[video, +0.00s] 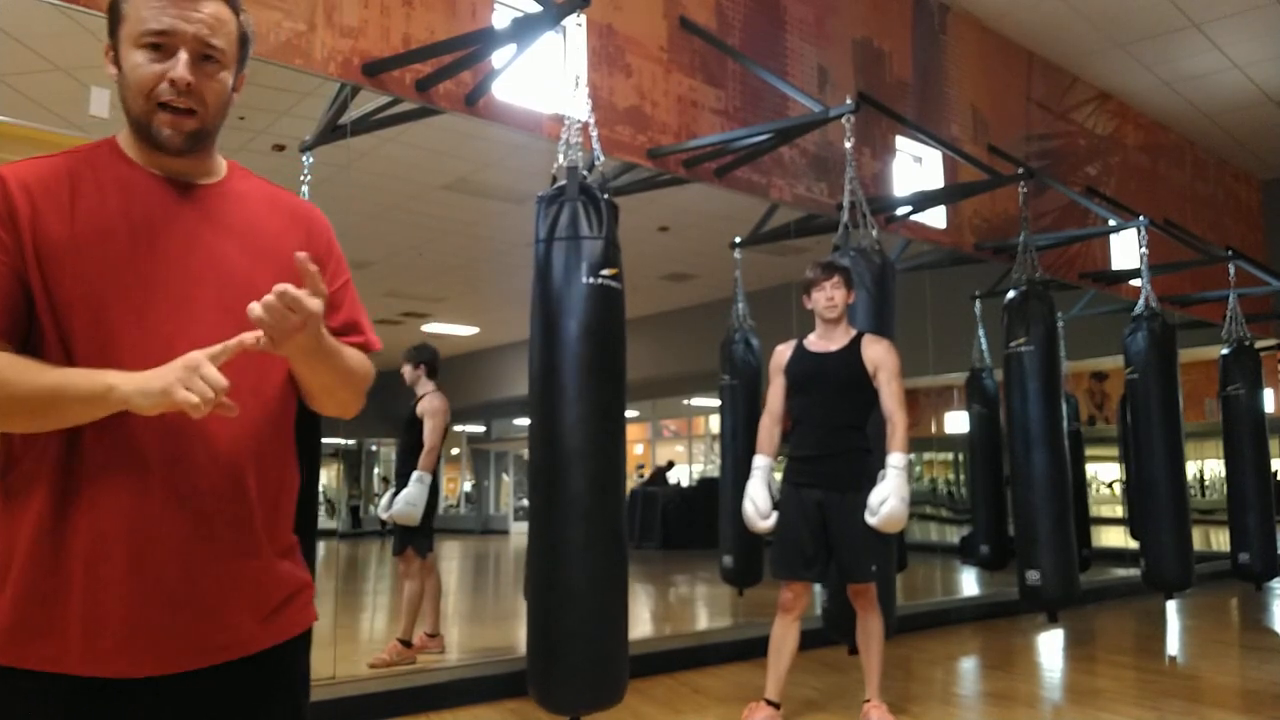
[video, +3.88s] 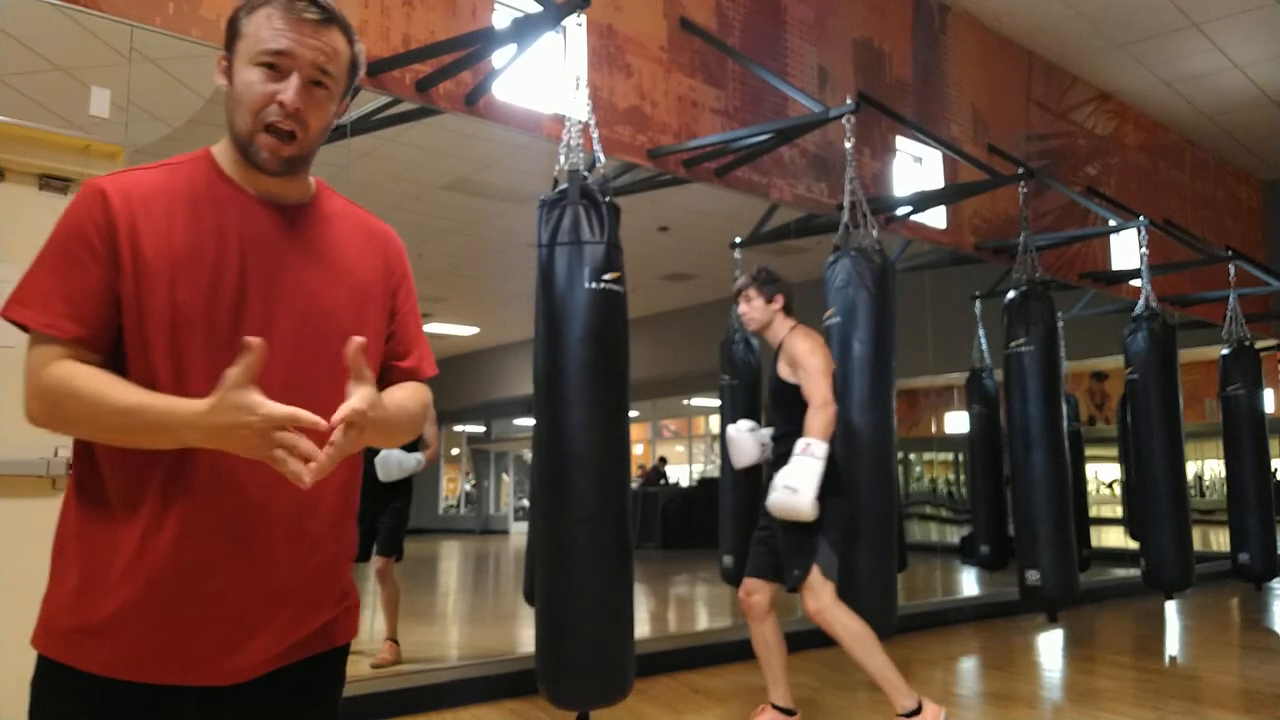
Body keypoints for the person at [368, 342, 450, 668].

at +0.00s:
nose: (402, 374)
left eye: (405, 368)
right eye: (402, 369)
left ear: (421, 369)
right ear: (421, 370)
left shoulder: (433, 401)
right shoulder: (421, 402)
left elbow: (431, 448)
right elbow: (409, 452)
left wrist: (417, 488)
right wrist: (393, 490)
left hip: (419, 484)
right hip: (411, 483)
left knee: (409, 562)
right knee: (424, 562)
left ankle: (404, 641)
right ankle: (431, 634)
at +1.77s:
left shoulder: (417, 392)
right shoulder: (391, 399)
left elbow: (422, 444)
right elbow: (389, 452)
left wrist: (409, 485)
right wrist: (371, 484)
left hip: (407, 481)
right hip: (389, 482)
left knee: (397, 566)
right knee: (374, 563)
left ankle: (403, 643)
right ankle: (414, 619)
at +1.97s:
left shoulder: (404, 393)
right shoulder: (380, 394)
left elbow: (408, 445)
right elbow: (385, 451)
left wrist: (396, 484)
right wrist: (368, 482)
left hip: (401, 479)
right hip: (384, 478)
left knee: (393, 563)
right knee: (370, 562)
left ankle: (403, 644)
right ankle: (383, 632)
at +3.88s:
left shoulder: (417, 398)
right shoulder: (355, 394)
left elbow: (433, 447)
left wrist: (414, 462)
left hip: (395, 487)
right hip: (358, 485)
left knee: (382, 567)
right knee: (345, 566)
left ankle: (391, 642)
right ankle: (338, 639)